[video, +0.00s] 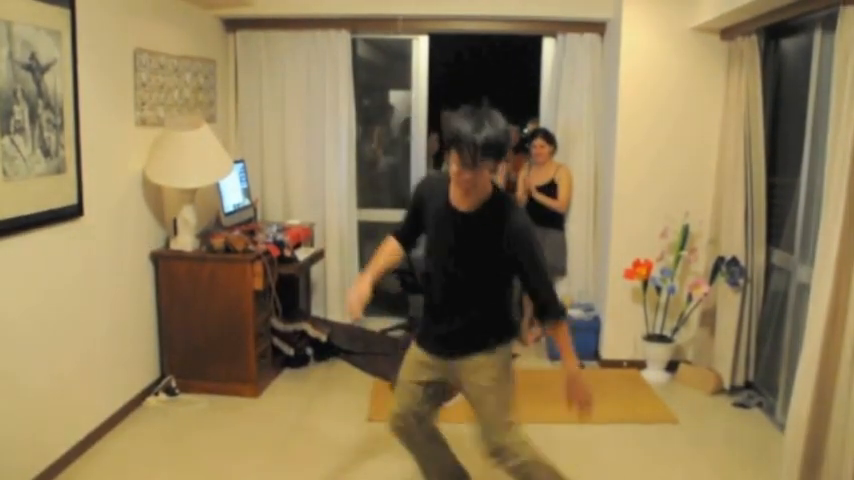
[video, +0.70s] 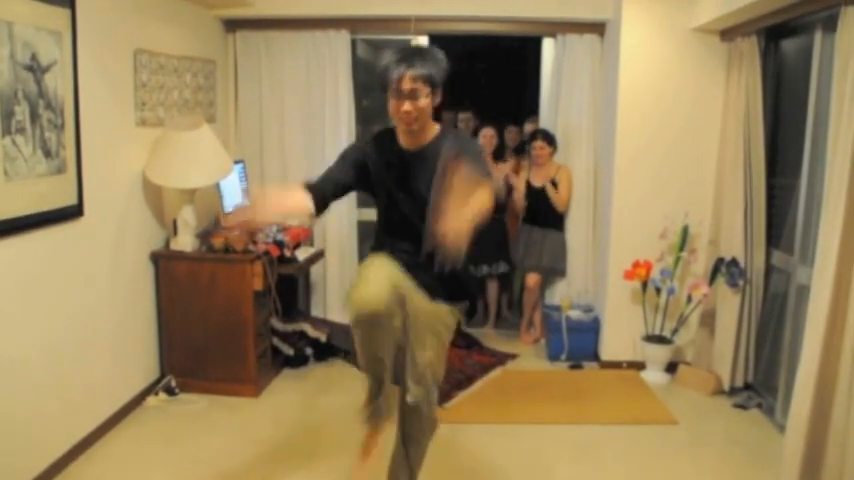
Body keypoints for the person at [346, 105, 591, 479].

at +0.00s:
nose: (463, 177)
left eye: (475, 169)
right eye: (457, 166)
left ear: (496, 168)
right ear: (448, 158)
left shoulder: (510, 220)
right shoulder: (432, 192)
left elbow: (547, 300)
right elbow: (403, 238)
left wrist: (573, 369)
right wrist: (367, 278)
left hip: (485, 350)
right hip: (431, 343)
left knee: (501, 444)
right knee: (406, 421)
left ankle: (552, 477)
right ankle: (452, 476)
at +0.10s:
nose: (459, 160)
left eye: (470, 152)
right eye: (453, 148)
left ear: (488, 150)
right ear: (440, 139)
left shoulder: (504, 201)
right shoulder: (418, 182)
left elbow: (543, 265)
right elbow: (380, 222)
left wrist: (574, 320)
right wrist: (353, 241)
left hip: (475, 324)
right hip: (427, 318)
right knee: (412, 410)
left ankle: (492, 474)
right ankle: (454, 474)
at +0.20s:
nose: (450, 137)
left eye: (460, 126)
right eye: (442, 125)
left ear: (476, 127)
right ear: (427, 124)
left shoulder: (499, 180)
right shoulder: (402, 171)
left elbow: (546, 231)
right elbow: (362, 233)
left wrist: (582, 266)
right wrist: (311, 264)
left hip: (465, 304)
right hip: (415, 299)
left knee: (428, 395)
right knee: (413, 391)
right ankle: (450, 466)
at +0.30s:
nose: (447, 139)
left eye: (457, 129)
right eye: (439, 128)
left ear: (472, 129)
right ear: (421, 127)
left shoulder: (492, 181)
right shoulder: (397, 176)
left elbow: (548, 225)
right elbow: (365, 248)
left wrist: (600, 244)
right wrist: (333, 308)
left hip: (453, 316)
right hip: (403, 306)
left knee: (414, 407)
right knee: (406, 392)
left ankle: (386, 476)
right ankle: (436, 450)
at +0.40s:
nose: (442, 140)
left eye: (452, 131)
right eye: (433, 130)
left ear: (467, 133)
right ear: (418, 131)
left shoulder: (487, 190)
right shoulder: (391, 180)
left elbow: (532, 243)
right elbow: (345, 244)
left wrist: (562, 208)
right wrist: (383, 280)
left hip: (446, 320)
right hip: (392, 317)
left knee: (406, 406)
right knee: (416, 396)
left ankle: (388, 474)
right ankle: (435, 455)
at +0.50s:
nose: (434, 134)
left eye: (444, 123)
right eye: (425, 123)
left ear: (463, 125)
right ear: (414, 123)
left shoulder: (479, 184)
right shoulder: (394, 173)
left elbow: (542, 217)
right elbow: (324, 220)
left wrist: (511, 160)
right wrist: (372, 196)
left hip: (438, 321)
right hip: (386, 314)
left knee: (408, 420)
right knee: (389, 408)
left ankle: (403, 475)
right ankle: (432, 430)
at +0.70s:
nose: (406, 107)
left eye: (416, 96)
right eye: (398, 97)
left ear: (436, 98)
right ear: (387, 100)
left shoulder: (460, 149)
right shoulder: (375, 149)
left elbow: (483, 190)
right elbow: (317, 195)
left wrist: (460, 217)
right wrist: (259, 211)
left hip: (441, 279)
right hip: (390, 260)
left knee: (420, 394)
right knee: (371, 303)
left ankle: (404, 474)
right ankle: (377, 410)